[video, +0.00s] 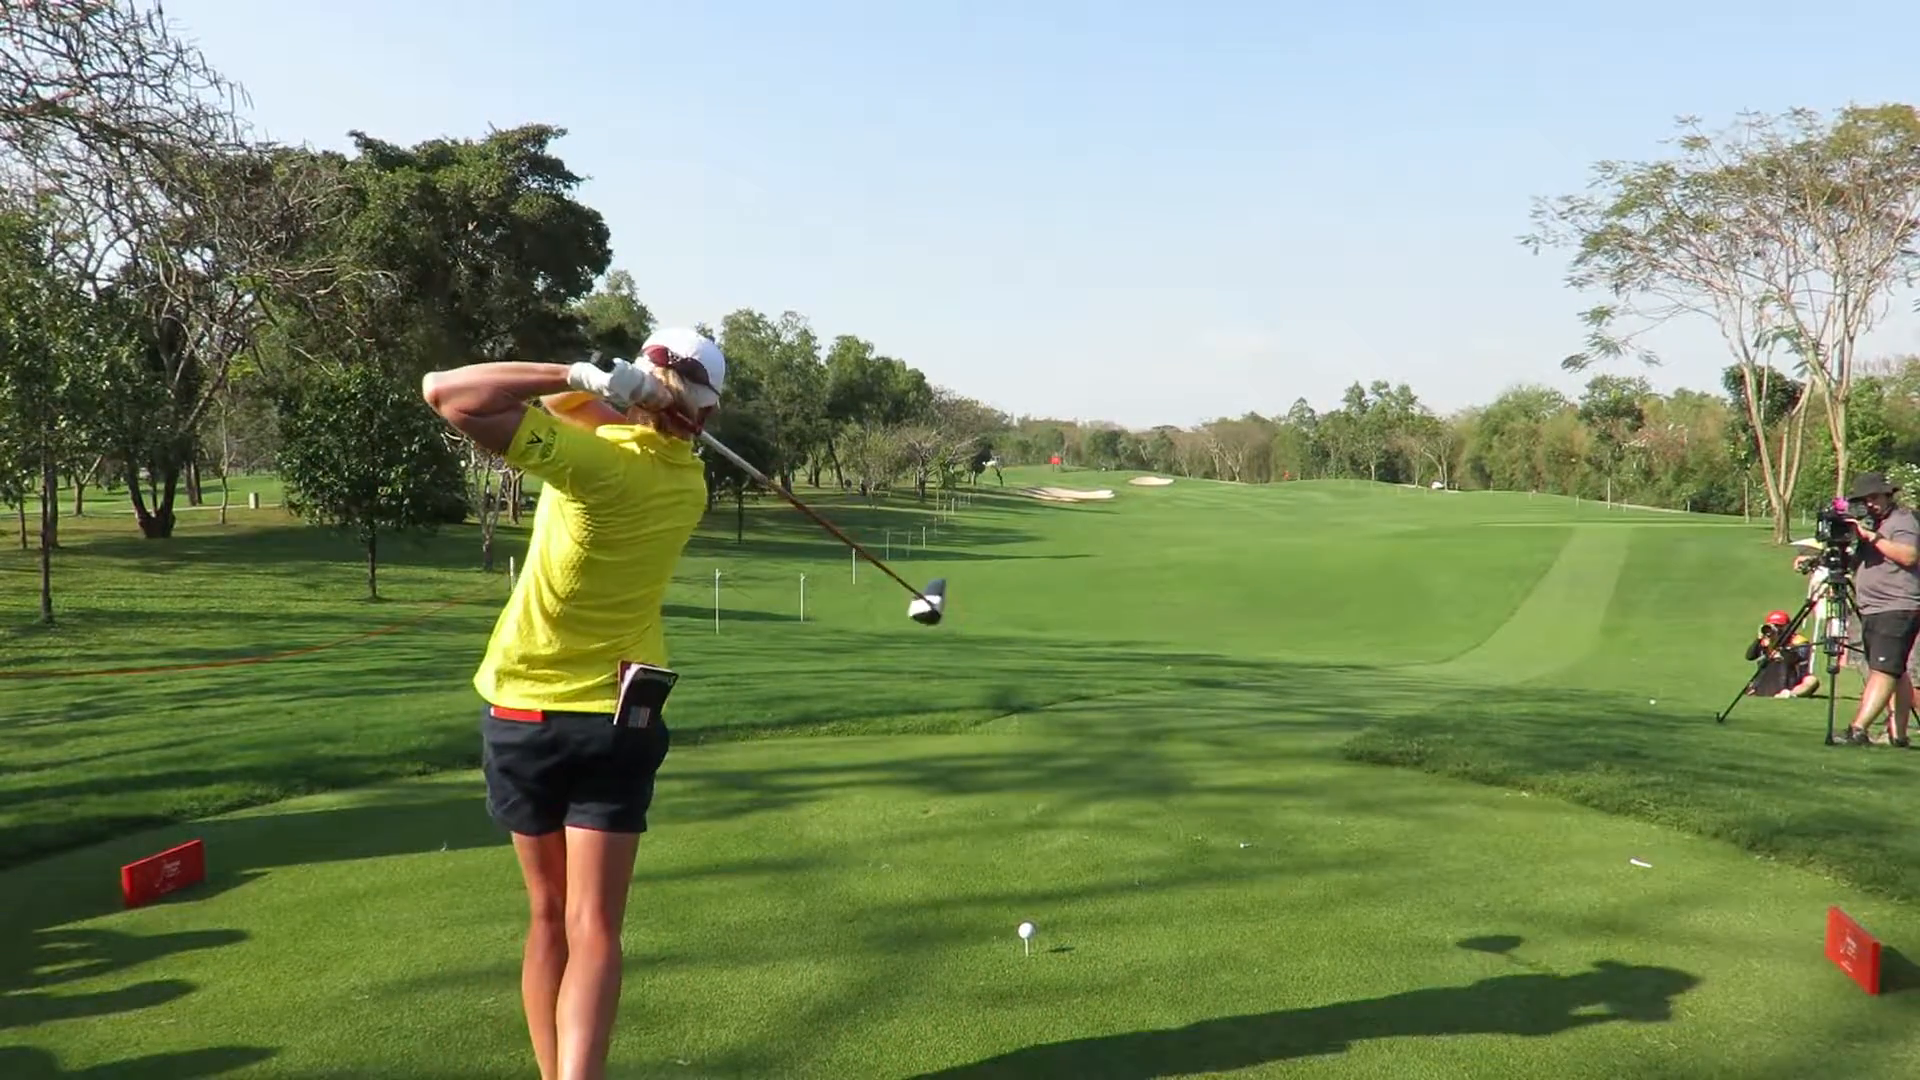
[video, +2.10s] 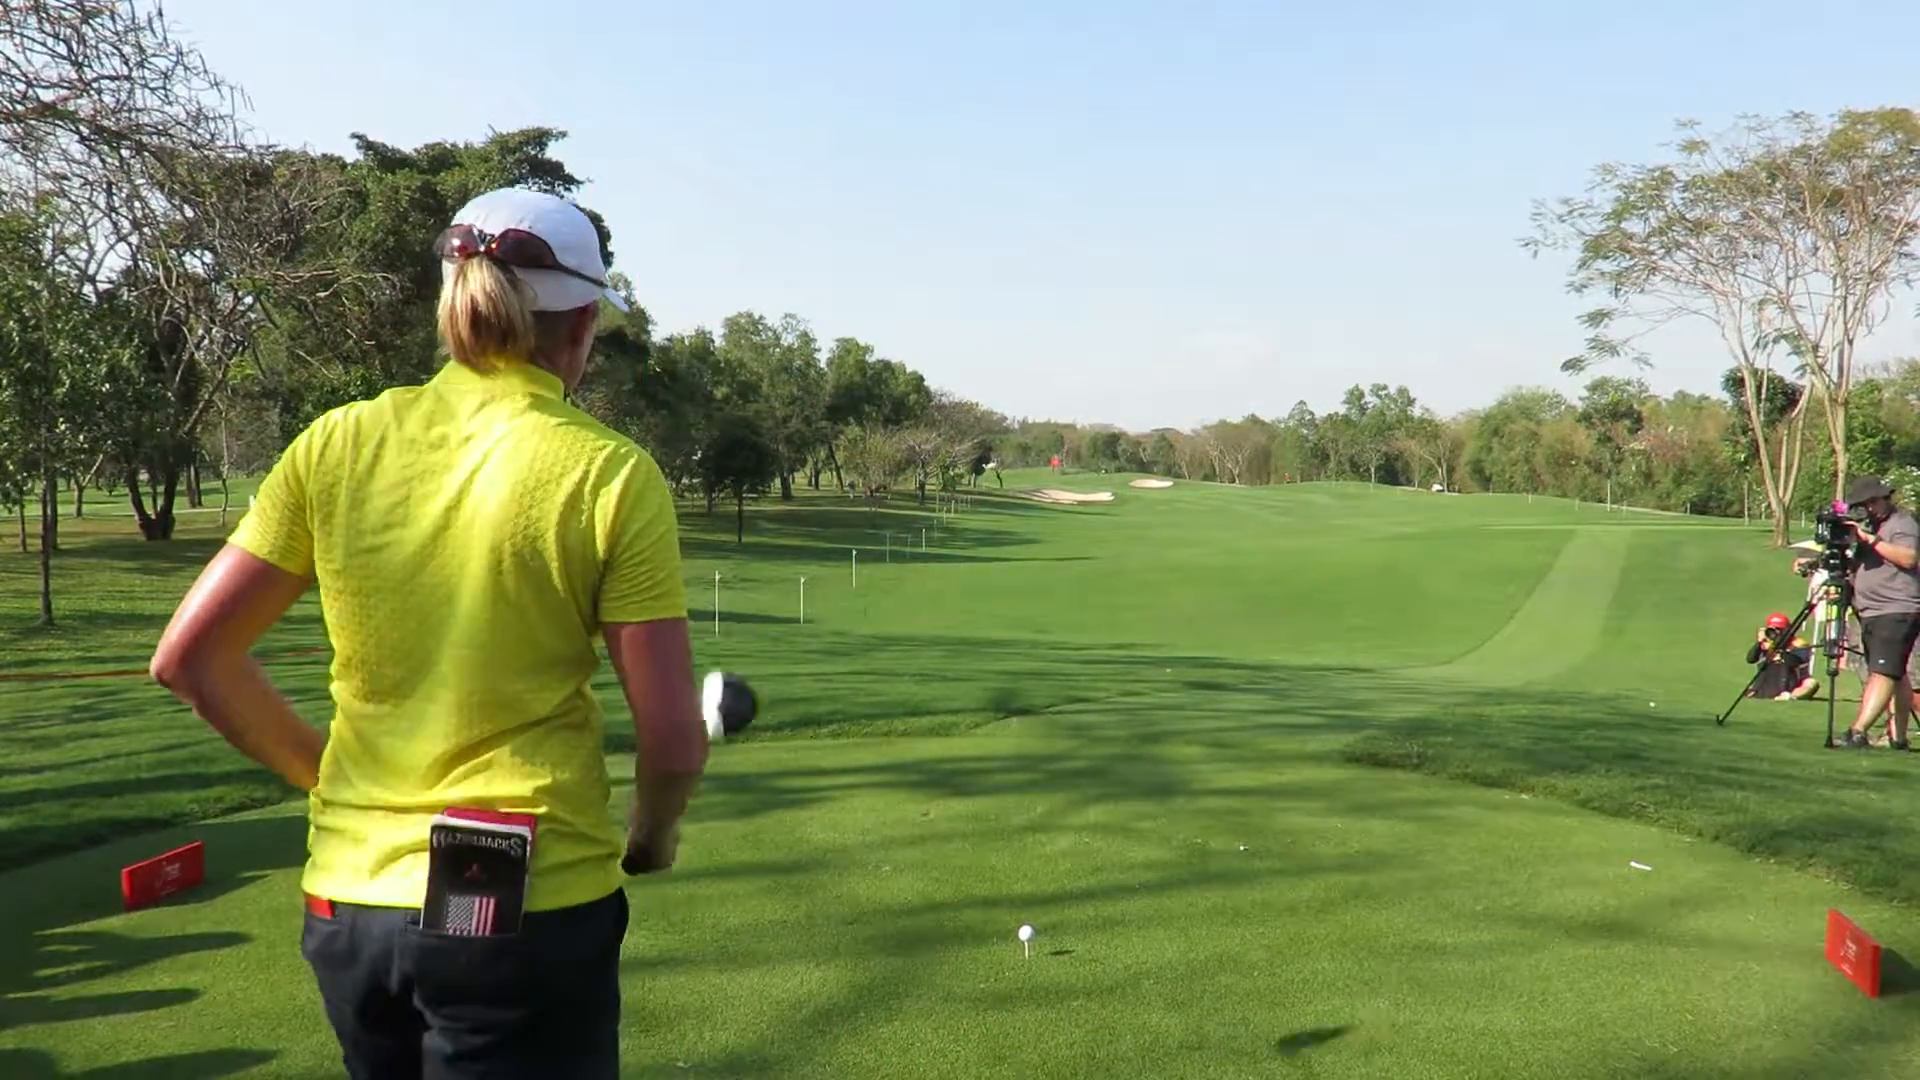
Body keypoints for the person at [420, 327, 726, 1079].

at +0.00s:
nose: (699, 407)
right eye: (702, 396)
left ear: (638, 387)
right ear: (698, 413)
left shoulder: (591, 457)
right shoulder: (688, 482)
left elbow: (449, 392)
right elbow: (578, 416)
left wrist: (585, 377)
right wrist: (634, 393)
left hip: (524, 714)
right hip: (619, 715)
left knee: (546, 915)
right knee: (596, 921)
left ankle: (554, 1071)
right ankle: (578, 1073)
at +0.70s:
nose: (705, 403)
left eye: (703, 390)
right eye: (702, 391)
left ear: (613, 383)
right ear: (691, 397)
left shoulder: (542, 461)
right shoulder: (712, 489)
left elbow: (447, 507)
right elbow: (638, 463)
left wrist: (513, 413)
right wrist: (573, 399)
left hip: (549, 740)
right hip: (657, 745)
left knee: (577, 929)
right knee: (658, 964)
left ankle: (562, 1073)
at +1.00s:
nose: (692, 376)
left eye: (689, 360)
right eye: (692, 362)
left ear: (590, 351)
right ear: (681, 368)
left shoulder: (514, 444)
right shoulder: (716, 472)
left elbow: (464, 587)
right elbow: (701, 570)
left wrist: (546, 520)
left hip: (537, 757)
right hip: (656, 763)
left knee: (573, 951)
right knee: (639, 1009)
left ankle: (564, 1077)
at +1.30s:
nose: (658, 369)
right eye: (657, 355)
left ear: (546, 345)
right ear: (643, 363)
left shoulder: (460, 452)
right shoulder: (677, 469)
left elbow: (418, 631)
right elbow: (720, 617)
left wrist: (505, 588)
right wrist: (633, 568)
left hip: (497, 807)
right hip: (642, 806)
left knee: (519, 1050)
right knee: (638, 1044)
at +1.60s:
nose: (610, 363)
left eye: (612, 343)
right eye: (611, 345)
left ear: (486, 336)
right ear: (594, 350)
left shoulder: (387, 450)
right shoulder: (624, 468)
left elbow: (304, 647)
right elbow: (692, 675)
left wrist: (426, 638)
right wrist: (620, 609)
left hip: (419, 848)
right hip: (584, 843)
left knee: (462, 1070)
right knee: (645, 1058)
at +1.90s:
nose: (594, 346)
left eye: (593, 321)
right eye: (595, 324)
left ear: (462, 310)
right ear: (577, 327)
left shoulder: (350, 442)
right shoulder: (614, 468)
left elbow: (203, 631)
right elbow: (675, 719)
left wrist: (342, 720)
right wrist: (619, 709)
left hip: (379, 871)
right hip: (553, 877)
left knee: (427, 1065)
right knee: (570, 1062)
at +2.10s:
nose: (593, 343)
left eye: (591, 321)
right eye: (595, 324)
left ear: (453, 308)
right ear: (578, 329)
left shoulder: (336, 443)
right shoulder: (608, 472)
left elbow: (193, 655)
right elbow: (675, 742)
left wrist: (328, 772)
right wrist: (654, 832)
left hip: (349, 906)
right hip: (526, 916)